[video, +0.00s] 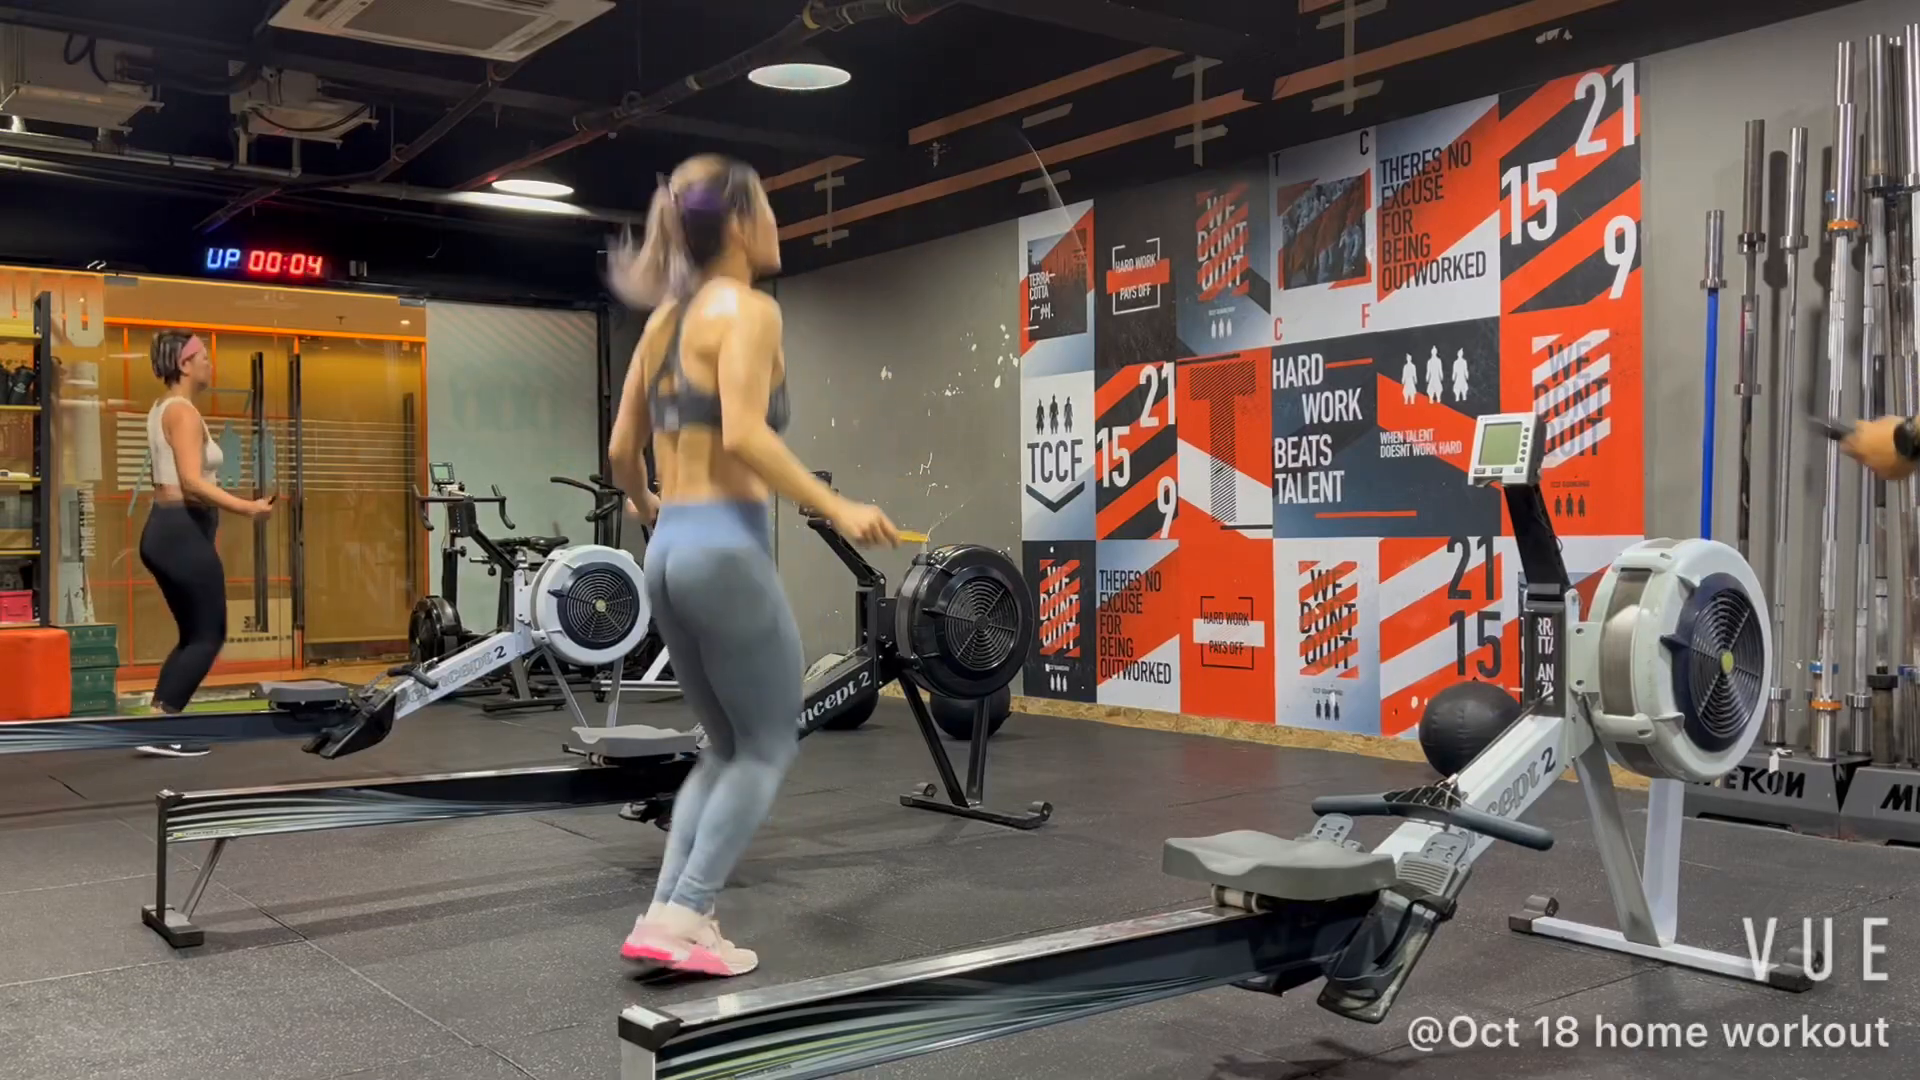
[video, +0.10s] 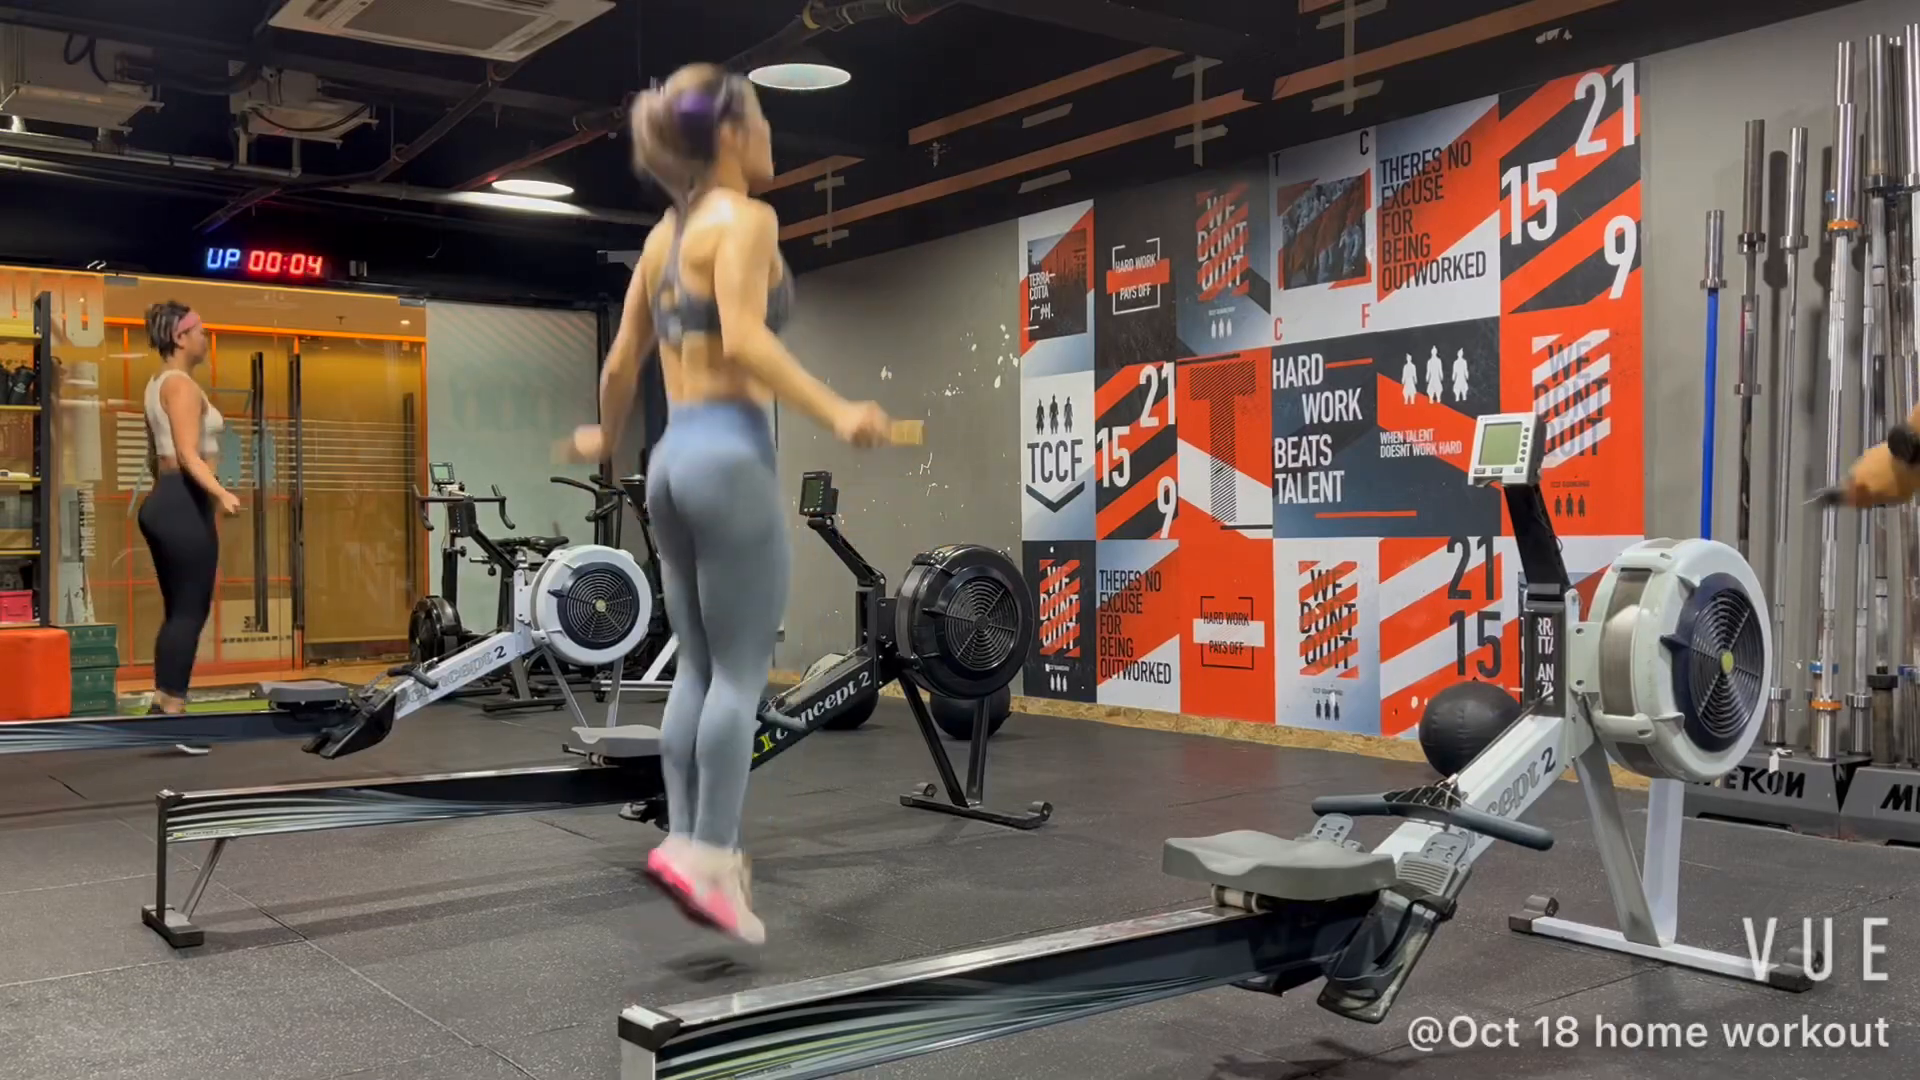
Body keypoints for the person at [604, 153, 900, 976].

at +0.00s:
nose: (776, 225)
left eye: (768, 210)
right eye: (765, 211)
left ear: (704, 230)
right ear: (740, 225)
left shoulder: (666, 320)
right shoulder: (749, 310)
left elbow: (623, 452)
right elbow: (743, 437)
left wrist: (659, 512)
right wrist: (837, 506)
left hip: (664, 553)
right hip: (721, 550)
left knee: (724, 746)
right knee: (767, 745)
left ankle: (666, 913)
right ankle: (685, 915)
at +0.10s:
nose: (767, 134)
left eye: (760, 119)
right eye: (757, 121)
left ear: (691, 143)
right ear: (730, 133)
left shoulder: (663, 236)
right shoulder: (746, 218)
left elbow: (624, 361)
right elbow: (742, 339)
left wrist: (603, 436)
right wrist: (839, 412)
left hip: (670, 452)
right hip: (725, 449)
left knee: (695, 667)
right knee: (739, 672)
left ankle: (687, 845)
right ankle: (714, 854)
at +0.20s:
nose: (776, 92)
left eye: (768, 78)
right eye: (766, 79)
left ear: (707, 96)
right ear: (739, 88)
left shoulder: (666, 188)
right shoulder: (753, 171)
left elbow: (624, 319)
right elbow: (747, 291)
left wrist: (648, 395)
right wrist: (837, 375)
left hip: (657, 413)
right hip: (717, 408)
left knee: (710, 616)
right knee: (755, 617)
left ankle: (692, 791)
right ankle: (703, 793)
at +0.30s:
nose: (778, 96)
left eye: (773, 81)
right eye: (770, 82)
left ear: (701, 95)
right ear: (740, 87)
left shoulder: (663, 185)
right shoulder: (753, 169)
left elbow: (632, 314)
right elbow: (735, 291)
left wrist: (632, 406)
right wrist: (810, 386)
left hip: (660, 402)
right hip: (715, 399)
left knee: (706, 618)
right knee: (748, 614)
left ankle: (695, 792)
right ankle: (712, 797)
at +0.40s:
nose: (777, 134)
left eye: (772, 117)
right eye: (766, 119)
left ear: (710, 138)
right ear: (733, 132)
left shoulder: (668, 230)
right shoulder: (745, 215)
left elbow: (613, 348)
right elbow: (728, 336)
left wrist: (569, 436)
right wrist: (802, 416)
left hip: (667, 458)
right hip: (718, 456)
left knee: (712, 669)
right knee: (741, 667)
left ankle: (700, 847)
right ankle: (708, 854)